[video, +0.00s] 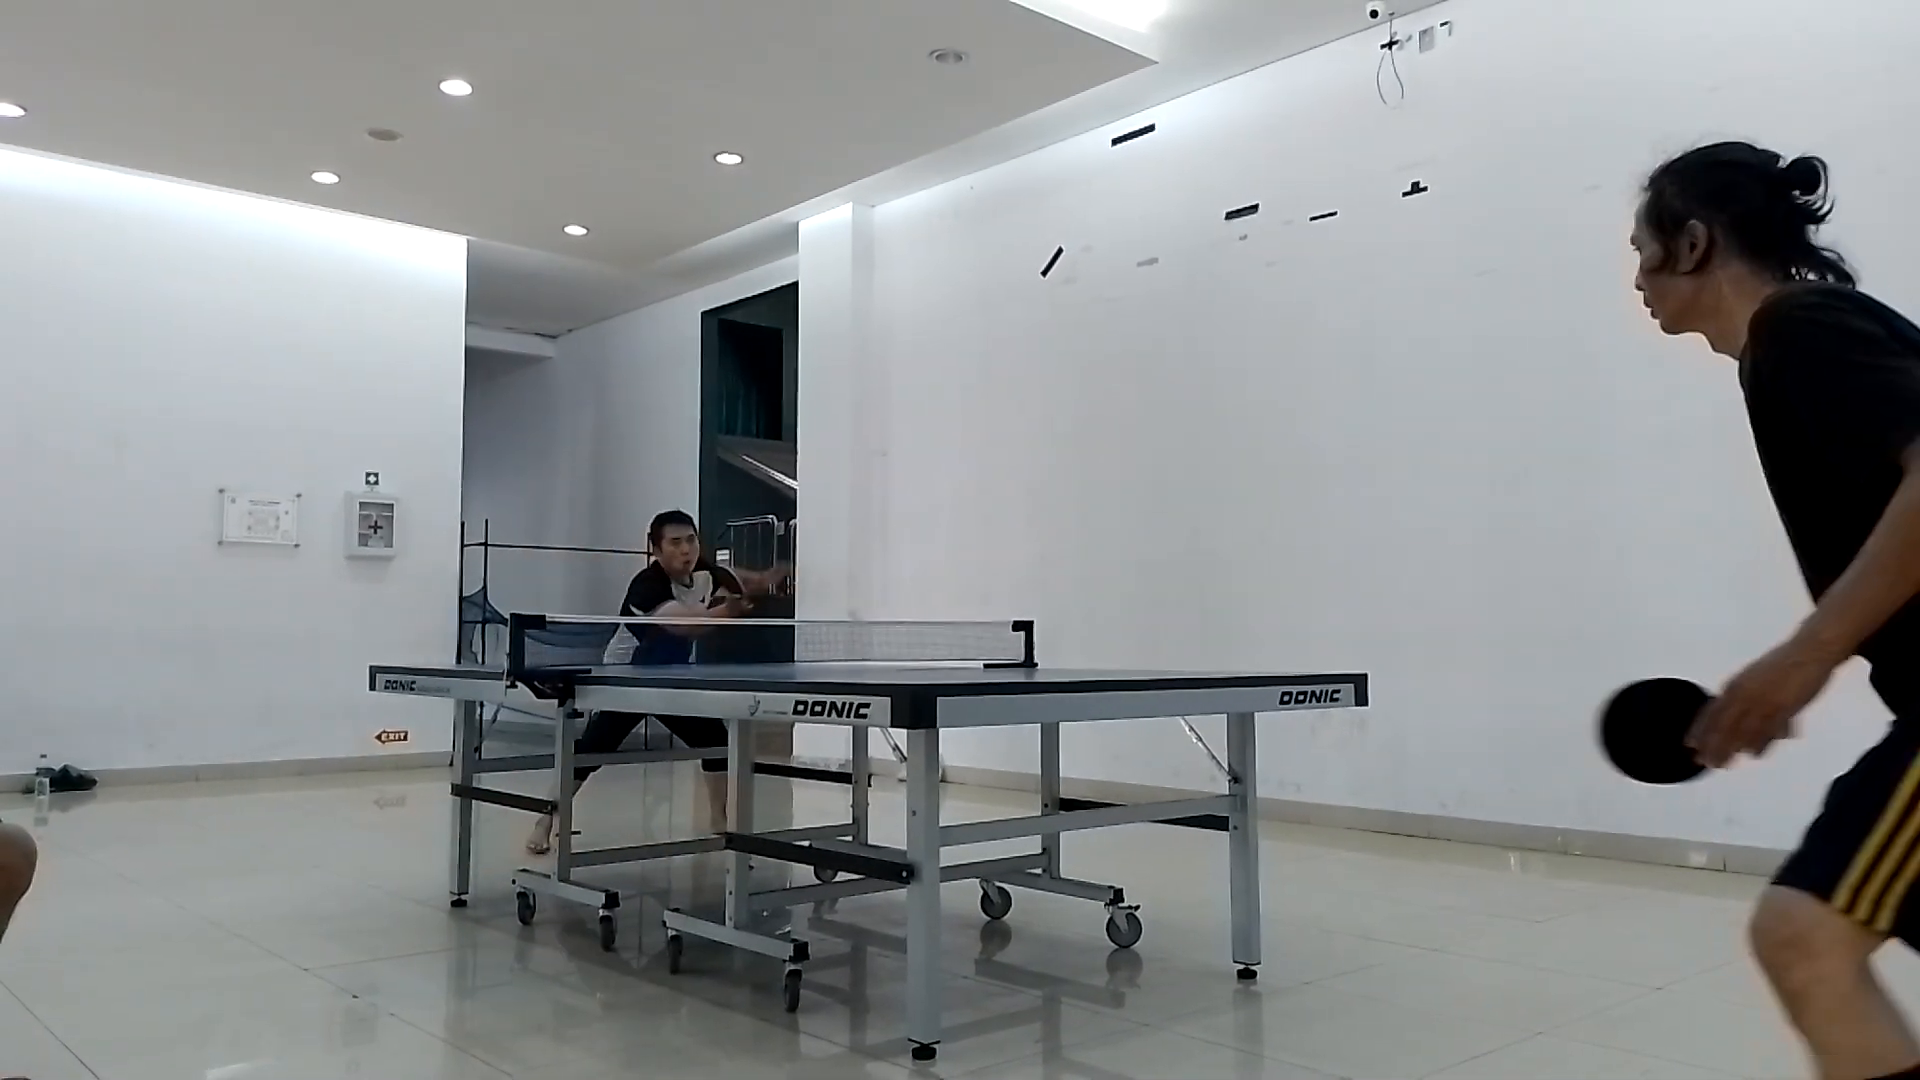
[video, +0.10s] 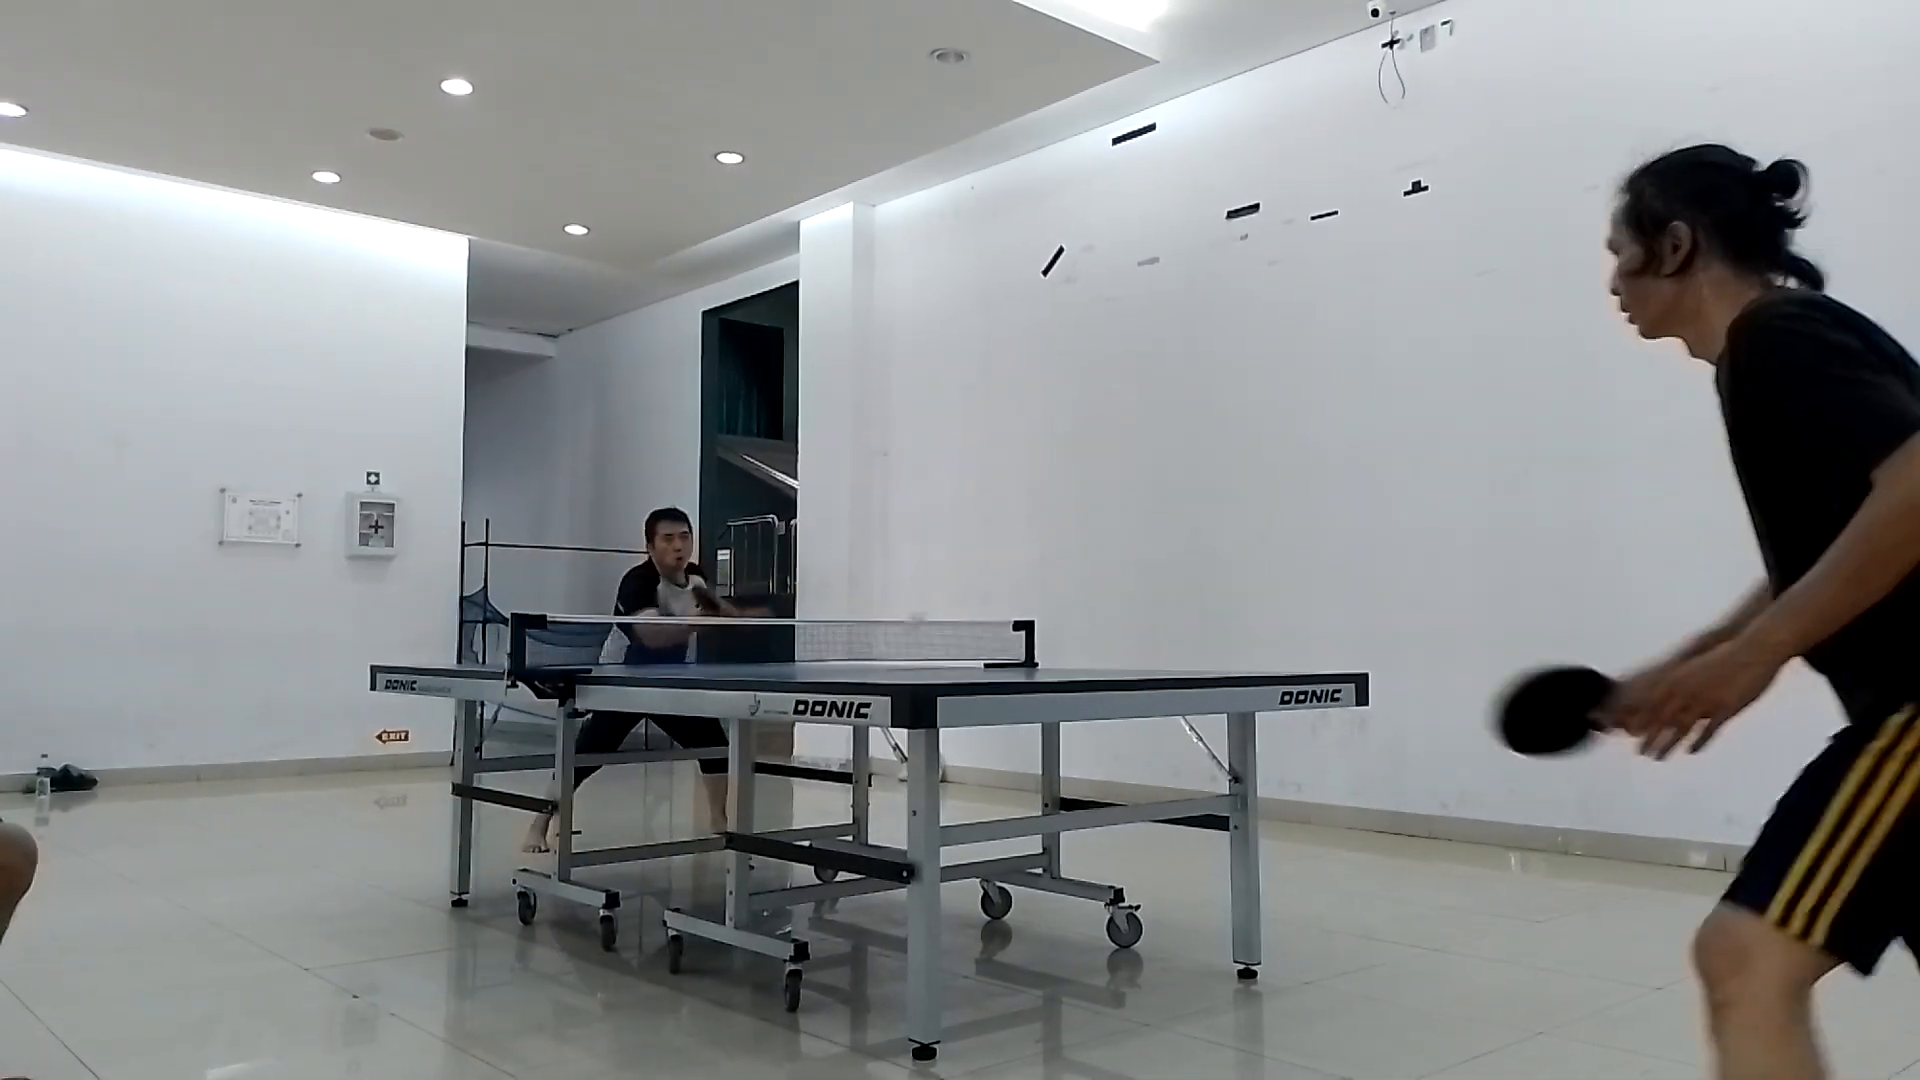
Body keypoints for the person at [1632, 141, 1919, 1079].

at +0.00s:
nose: (1638, 283)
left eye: (1641, 254)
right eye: (1635, 259)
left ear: (1698, 243)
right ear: (1715, 242)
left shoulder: (1804, 331)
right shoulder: (1796, 342)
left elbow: (1919, 478)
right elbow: (1889, 542)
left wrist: (1802, 659)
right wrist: (1785, 683)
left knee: (1803, 935)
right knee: (1808, 936)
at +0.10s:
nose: (1614, 290)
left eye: (1619, 259)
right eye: (1612, 264)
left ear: (1680, 245)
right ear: (1691, 246)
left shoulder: (1781, 339)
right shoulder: (1764, 354)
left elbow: (1909, 480)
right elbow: (1815, 561)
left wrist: (1758, 656)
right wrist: (1685, 673)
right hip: (1907, 712)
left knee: (1748, 955)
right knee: (1755, 957)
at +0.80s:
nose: (1405, 298)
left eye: (1404, 269)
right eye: (1399, 276)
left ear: (1458, 250)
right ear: (1467, 253)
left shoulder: (1621, 323)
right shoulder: (1580, 371)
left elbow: (1842, 366)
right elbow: (1686, 556)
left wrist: (1761, 523)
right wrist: (1643, 718)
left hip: (1828, 687)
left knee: (1561, 960)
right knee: (1888, 969)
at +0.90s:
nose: (1484, 299)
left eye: (1482, 270)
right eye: (1478, 276)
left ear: (1534, 255)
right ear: (1547, 253)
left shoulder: (1668, 330)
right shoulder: (1650, 366)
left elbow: (1878, 394)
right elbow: (1742, 583)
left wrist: (1841, 614)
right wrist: (1628, 716)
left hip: (1832, 711)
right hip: (1877, 714)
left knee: (1615, 959)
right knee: (1906, 1005)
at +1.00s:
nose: (1574, 307)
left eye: (1576, 281)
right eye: (1571, 286)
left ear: (1628, 265)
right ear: (1637, 266)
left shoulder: (1776, 334)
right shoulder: (1746, 369)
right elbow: (1799, 586)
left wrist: (1908, 637)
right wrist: (1645, 700)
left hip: (1898, 720)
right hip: (1882, 722)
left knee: (1759, 959)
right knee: (1909, 999)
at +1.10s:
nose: (1660, 313)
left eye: (1667, 285)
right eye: (1658, 291)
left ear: (1720, 266)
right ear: (1727, 269)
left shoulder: (1865, 344)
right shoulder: (1829, 376)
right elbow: (1873, 592)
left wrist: (1918, 629)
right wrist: (1703, 687)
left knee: (1833, 940)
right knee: (1859, 948)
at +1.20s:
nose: (1741, 283)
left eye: (1748, 254)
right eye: (1738, 260)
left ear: (1805, 241)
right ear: (1805, 245)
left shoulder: (1907, 335)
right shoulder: (1893, 341)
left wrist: (1857, 631)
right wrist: (1850, 653)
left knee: (1910, 934)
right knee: (1907, 934)